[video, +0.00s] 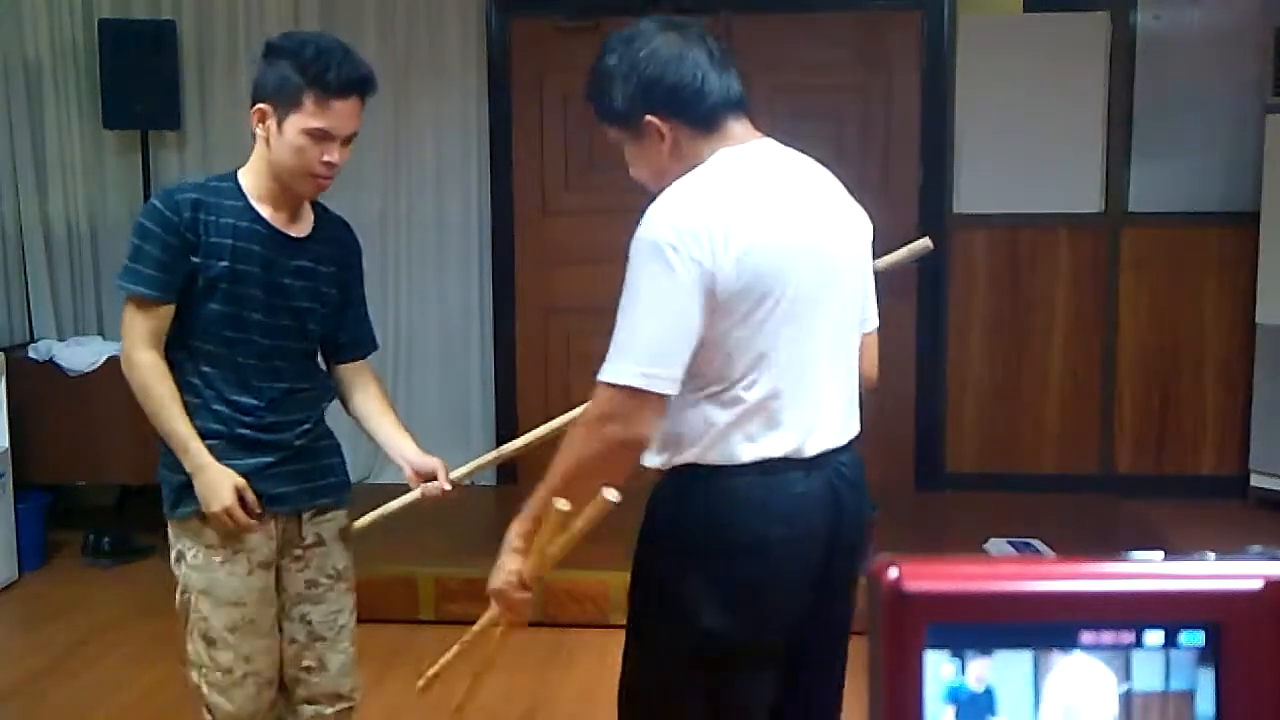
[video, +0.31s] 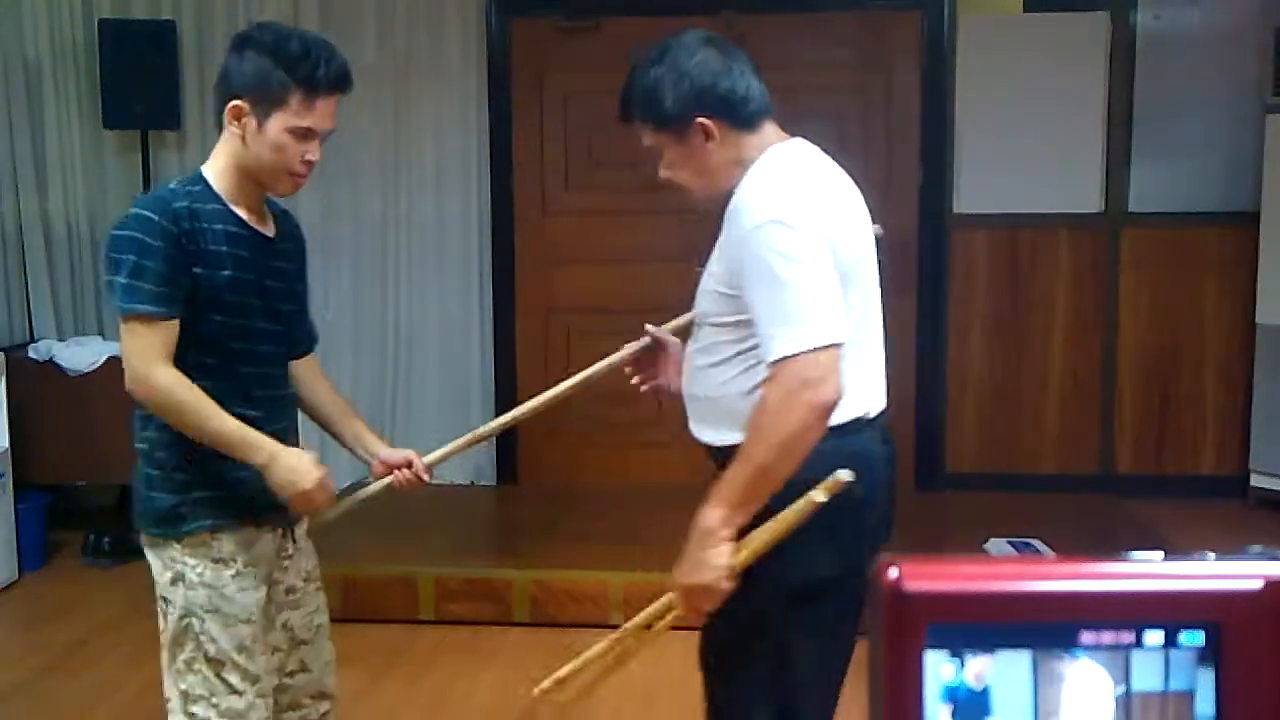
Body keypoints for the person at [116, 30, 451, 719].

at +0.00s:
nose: (334, 158)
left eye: (346, 141)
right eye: (318, 137)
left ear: (355, 133)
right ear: (263, 123)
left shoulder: (335, 238)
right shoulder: (182, 215)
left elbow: (351, 366)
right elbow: (139, 350)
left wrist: (406, 450)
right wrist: (202, 467)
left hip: (317, 500)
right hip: (220, 504)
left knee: (329, 699)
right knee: (241, 704)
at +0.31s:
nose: (315, 156)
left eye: (322, 137)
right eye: (301, 135)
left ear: (324, 127)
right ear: (239, 121)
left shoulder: (283, 231)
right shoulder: (161, 221)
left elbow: (298, 362)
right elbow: (146, 374)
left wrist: (373, 449)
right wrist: (275, 457)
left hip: (282, 511)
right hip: (199, 521)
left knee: (304, 699)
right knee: (224, 707)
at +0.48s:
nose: (282, 158)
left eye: (288, 139)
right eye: (271, 136)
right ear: (206, 121)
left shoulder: (213, 227)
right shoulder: (146, 221)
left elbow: (222, 371)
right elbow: (169, 385)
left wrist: (312, 435)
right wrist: (311, 431)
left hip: (221, 518)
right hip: (166, 531)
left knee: (272, 702)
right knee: (200, 708)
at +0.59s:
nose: (259, 150)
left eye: (263, 132)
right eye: (248, 129)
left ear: (185, 120)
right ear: (183, 116)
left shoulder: (169, 221)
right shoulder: (135, 218)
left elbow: (196, 374)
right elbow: (185, 381)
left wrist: (281, 440)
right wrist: (323, 396)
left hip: (181, 528)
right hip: (157, 537)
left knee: (218, 698)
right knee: (206, 702)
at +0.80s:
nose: (204, 144)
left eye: (208, 125)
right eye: (198, 122)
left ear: (136, 110)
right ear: (137, 108)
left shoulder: (69, 209)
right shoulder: (118, 220)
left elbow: (104, 389)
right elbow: (216, 370)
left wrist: (210, 429)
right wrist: (313, 338)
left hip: (88, 525)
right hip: (145, 536)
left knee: (123, 705)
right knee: (181, 708)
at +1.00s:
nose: (141, 148)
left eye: (145, 130)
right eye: (135, 127)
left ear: (68, 115)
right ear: (72, 115)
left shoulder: (9, 212)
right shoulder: (70, 226)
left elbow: (32, 398)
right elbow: (181, 361)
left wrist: (142, 451)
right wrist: (256, 292)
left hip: (18, 537)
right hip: (99, 545)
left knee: (32, 710)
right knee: (152, 705)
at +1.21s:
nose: (81, 153)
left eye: (86, 134)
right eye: (72, 132)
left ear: (15, 126)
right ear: (12, 122)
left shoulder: (12, 222)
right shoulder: (8, 223)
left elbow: (5, 408)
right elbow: (85, 372)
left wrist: (74, 473)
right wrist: (160, 290)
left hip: (30, 533)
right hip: (32, 539)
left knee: (47, 701)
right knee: (75, 704)